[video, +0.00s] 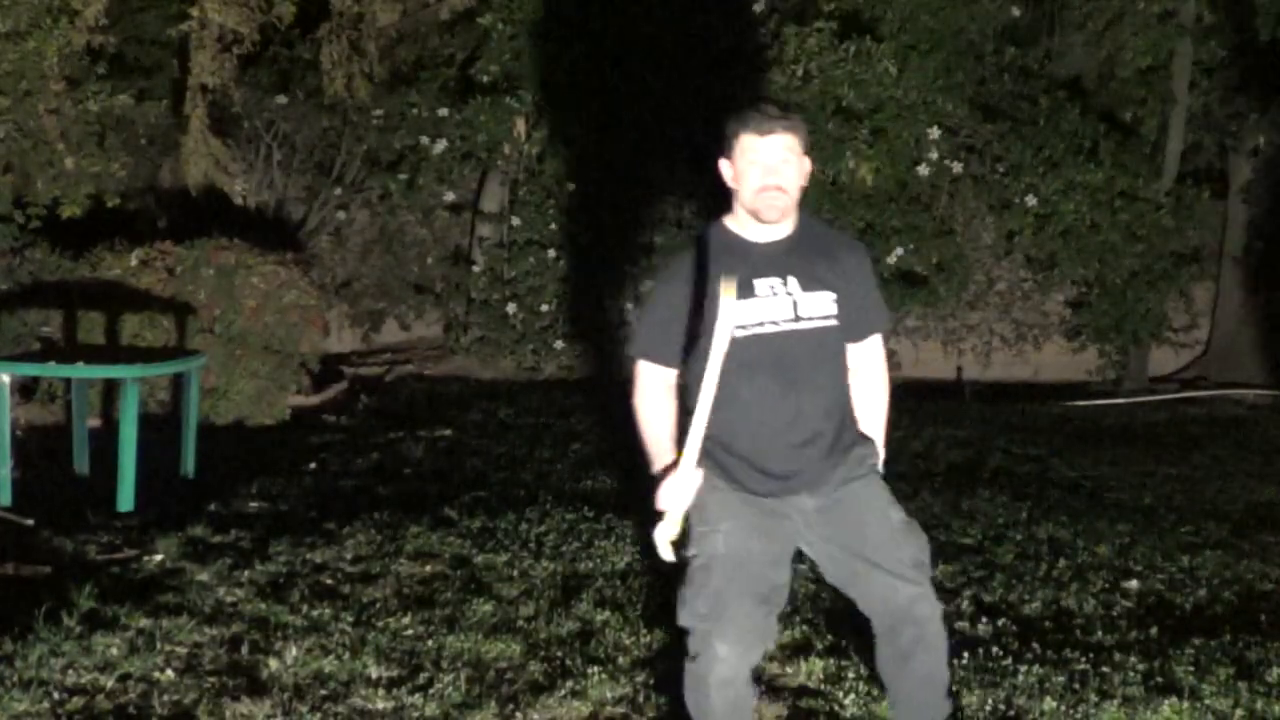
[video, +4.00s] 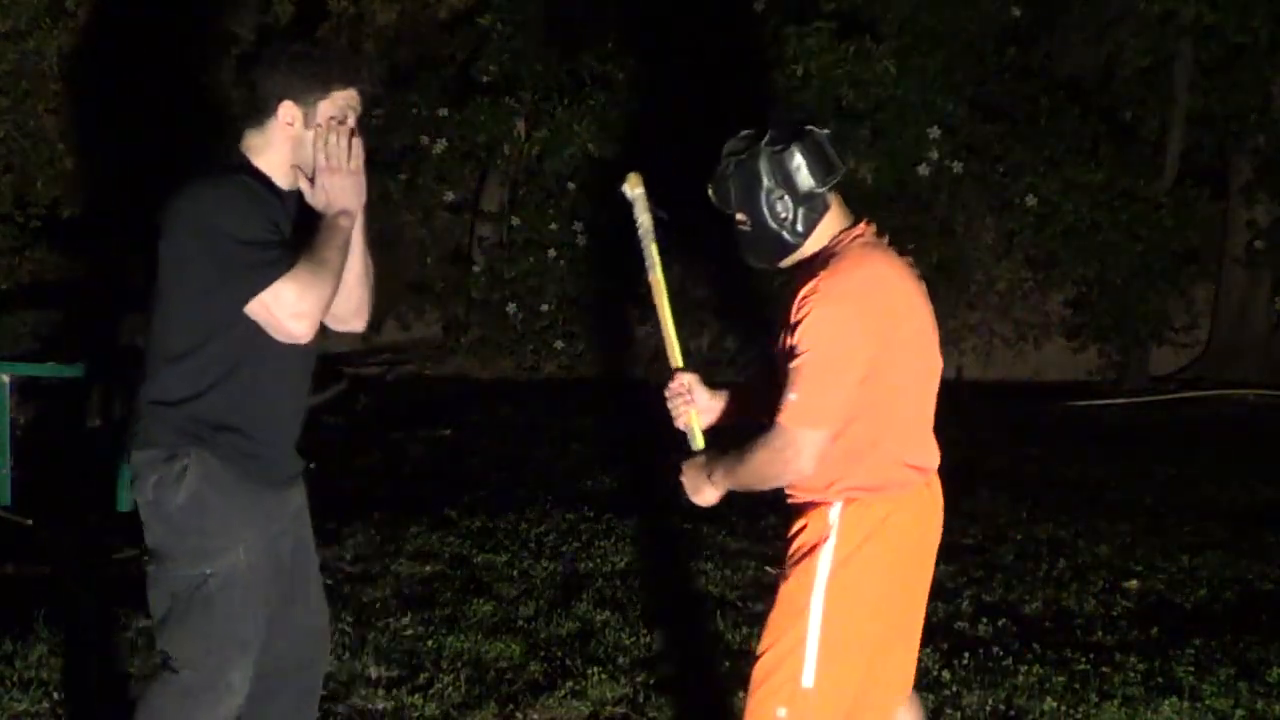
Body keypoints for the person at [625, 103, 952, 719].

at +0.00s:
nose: (774, 176)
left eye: (787, 162)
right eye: (758, 162)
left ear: (807, 171)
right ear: (728, 172)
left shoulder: (843, 258)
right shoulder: (694, 267)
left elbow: (867, 364)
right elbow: (654, 377)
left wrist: (867, 461)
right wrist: (669, 471)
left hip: (842, 483)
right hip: (734, 491)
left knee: (913, 610)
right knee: (721, 652)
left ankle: (923, 714)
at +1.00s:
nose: (398, 112)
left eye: (420, 99)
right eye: (388, 100)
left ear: (464, 114)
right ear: (375, 115)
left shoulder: (501, 218)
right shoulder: (359, 226)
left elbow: (516, 333)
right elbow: (336, 341)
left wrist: (373, 373)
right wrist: (269, 320)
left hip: (459, 480)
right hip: (353, 481)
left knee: (455, 688)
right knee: (278, 657)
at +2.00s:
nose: (281, 116)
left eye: (281, 95)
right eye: (267, 93)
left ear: (221, 95)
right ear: (206, 91)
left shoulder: (254, 209)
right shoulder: (114, 206)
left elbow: (304, 329)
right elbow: (57, 342)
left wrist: (377, 347)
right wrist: (183, 437)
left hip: (246, 493)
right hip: (146, 496)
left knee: (235, 706)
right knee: (165, 705)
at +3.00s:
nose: (428, 129)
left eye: (427, 112)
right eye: (419, 110)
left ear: (372, 112)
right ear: (366, 109)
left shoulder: (379, 213)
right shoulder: (282, 206)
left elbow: (456, 277)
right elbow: (234, 337)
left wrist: (576, 271)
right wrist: (309, 466)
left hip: (367, 491)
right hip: (289, 487)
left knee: (373, 674)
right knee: (284, 679)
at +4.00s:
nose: (349, 140)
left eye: (353, 123)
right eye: (338, 119)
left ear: (295, 124)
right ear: (290, 119)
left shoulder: (290, 212)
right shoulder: (217, 204)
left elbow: (351, 315)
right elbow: (295, 317)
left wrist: (352, 210)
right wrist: (337, 216)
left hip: (274, 476)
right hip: (198, 472)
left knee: (294, 665)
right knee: (211, 676)